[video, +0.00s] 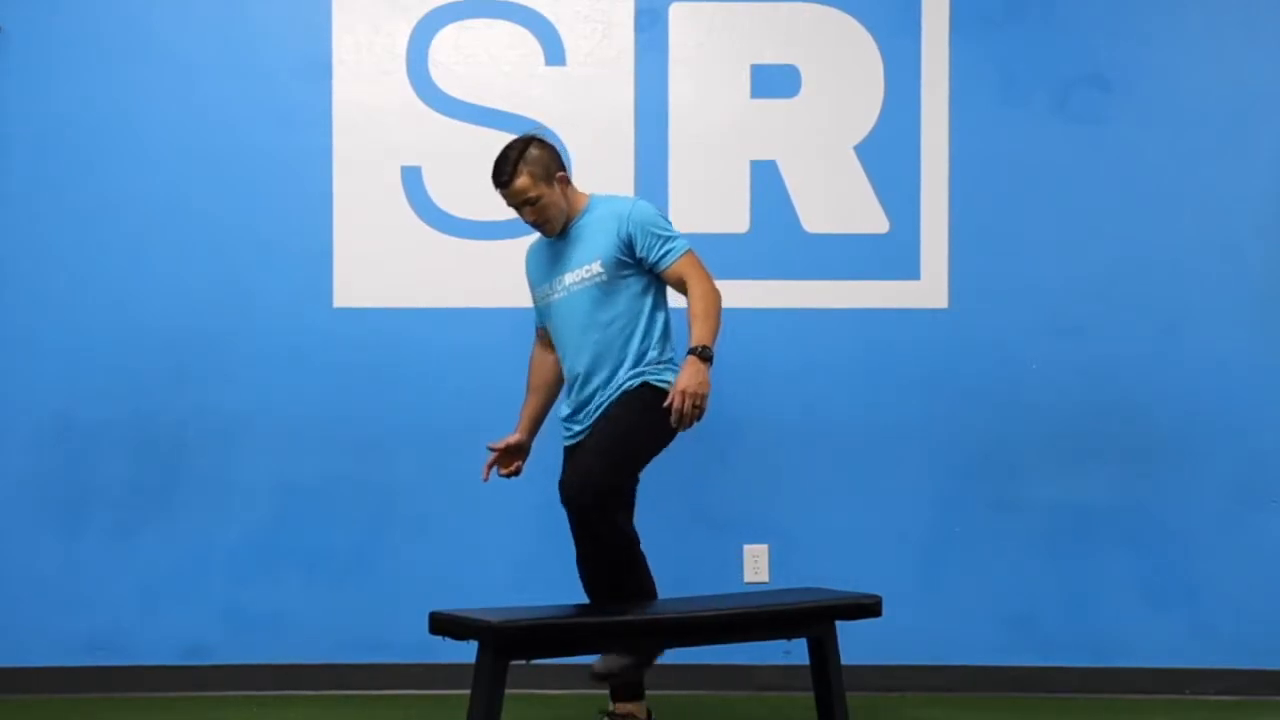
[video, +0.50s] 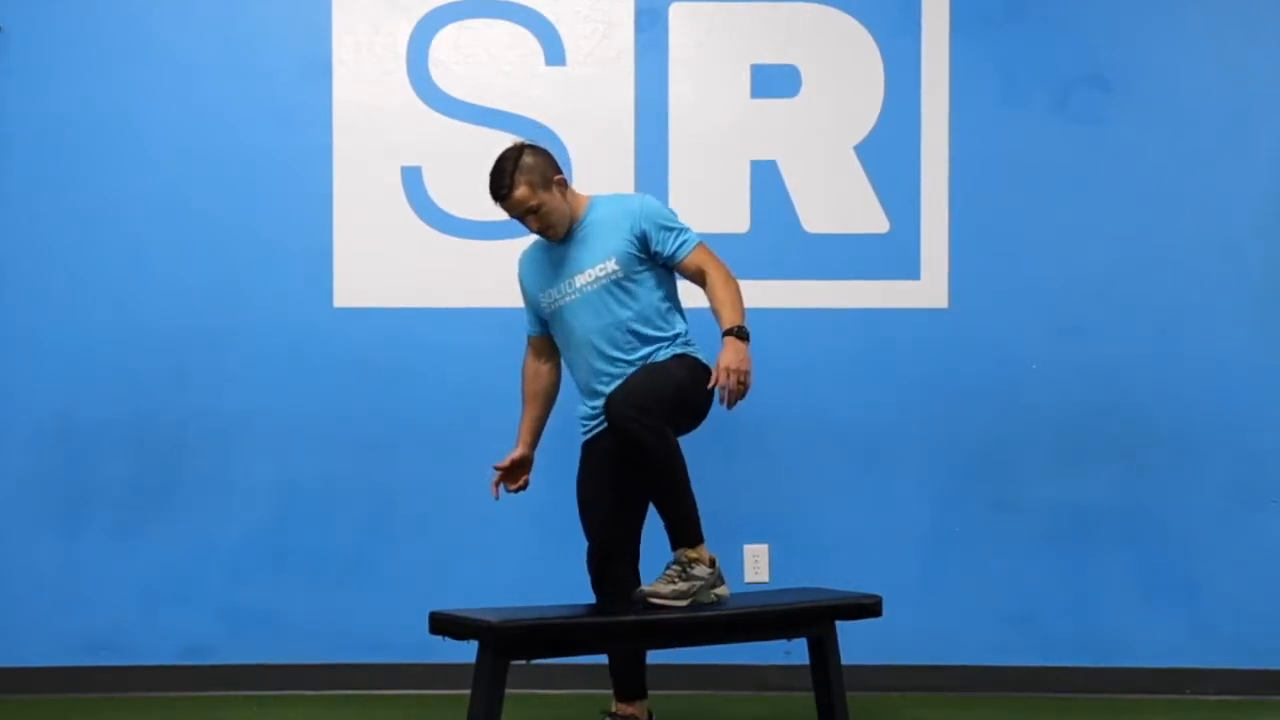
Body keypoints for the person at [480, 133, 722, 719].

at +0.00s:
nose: (528, 216)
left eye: (532, 201)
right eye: (517, 207)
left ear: (562, 179)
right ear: (512, 202)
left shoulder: (626, 218)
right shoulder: (539, 257)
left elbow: (702, 287)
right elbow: (548, 348)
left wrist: (698, 362)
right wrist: (525, 432)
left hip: (646, 388)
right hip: (583, 415)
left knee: (588, 488)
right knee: (595, 545)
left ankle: (639, 625)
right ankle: (629, 702)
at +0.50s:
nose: (530, 226)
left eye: (533, 210)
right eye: (519, 219)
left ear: (561, 183)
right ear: (513, 211)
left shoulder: (633, 214)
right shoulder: (533, 266)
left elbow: (711, 270)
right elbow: (541, 356)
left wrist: (736, 339)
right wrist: (525, 445)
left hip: (672, 371)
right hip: (603, 420)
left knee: (630, 410)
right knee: (609, 563)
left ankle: (696, 562)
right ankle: (630, 705)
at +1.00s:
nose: (576, 209)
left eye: (583, 195)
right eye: (565, 199)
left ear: (616, 175)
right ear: (554, 190)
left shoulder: (678, 223)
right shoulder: (557, 241)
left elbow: (763, 287)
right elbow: (540, 323)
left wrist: (790, 368)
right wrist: (504, 395)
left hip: (694, 378)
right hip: (617, 410)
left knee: (631, 426)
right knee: (608, 550)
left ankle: (696, 568)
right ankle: (621, 692)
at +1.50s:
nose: (595, 37)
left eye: (600, 21)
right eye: (586, 25)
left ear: (636, 3)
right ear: (585, 17)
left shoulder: (708, 57)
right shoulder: (600, 64)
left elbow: (782, 142)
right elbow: (598, 155)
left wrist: (777, 229)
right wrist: (565, 239)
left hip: (704, 251)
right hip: (628, 256)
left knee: (685, 397)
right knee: (615, 390)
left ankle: (701, 563)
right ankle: (672, 539)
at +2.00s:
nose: (584, 30)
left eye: (585, 15)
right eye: (576, 21)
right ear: (582, 15)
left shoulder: (697, 35)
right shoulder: (605, 68)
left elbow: (755, 132)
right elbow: (613, 168)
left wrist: (732, 219)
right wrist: (578, 256)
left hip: (694, 259)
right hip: (626, 270)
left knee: (684, 403)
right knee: (636, 407)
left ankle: (699, 564)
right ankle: (666, 561)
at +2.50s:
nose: (570, 110)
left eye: (569, 94)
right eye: (560, 102)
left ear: (604, 63)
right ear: (578, 88)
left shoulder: (672, 100)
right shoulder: (614, 144)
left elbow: (745, 177)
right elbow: (643, 254)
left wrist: (723, 270)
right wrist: (618, 333)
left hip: (718, 311)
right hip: (652, 321)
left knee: (736, 465)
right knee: (595, 426)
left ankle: (782, 634)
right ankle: (667, 566)